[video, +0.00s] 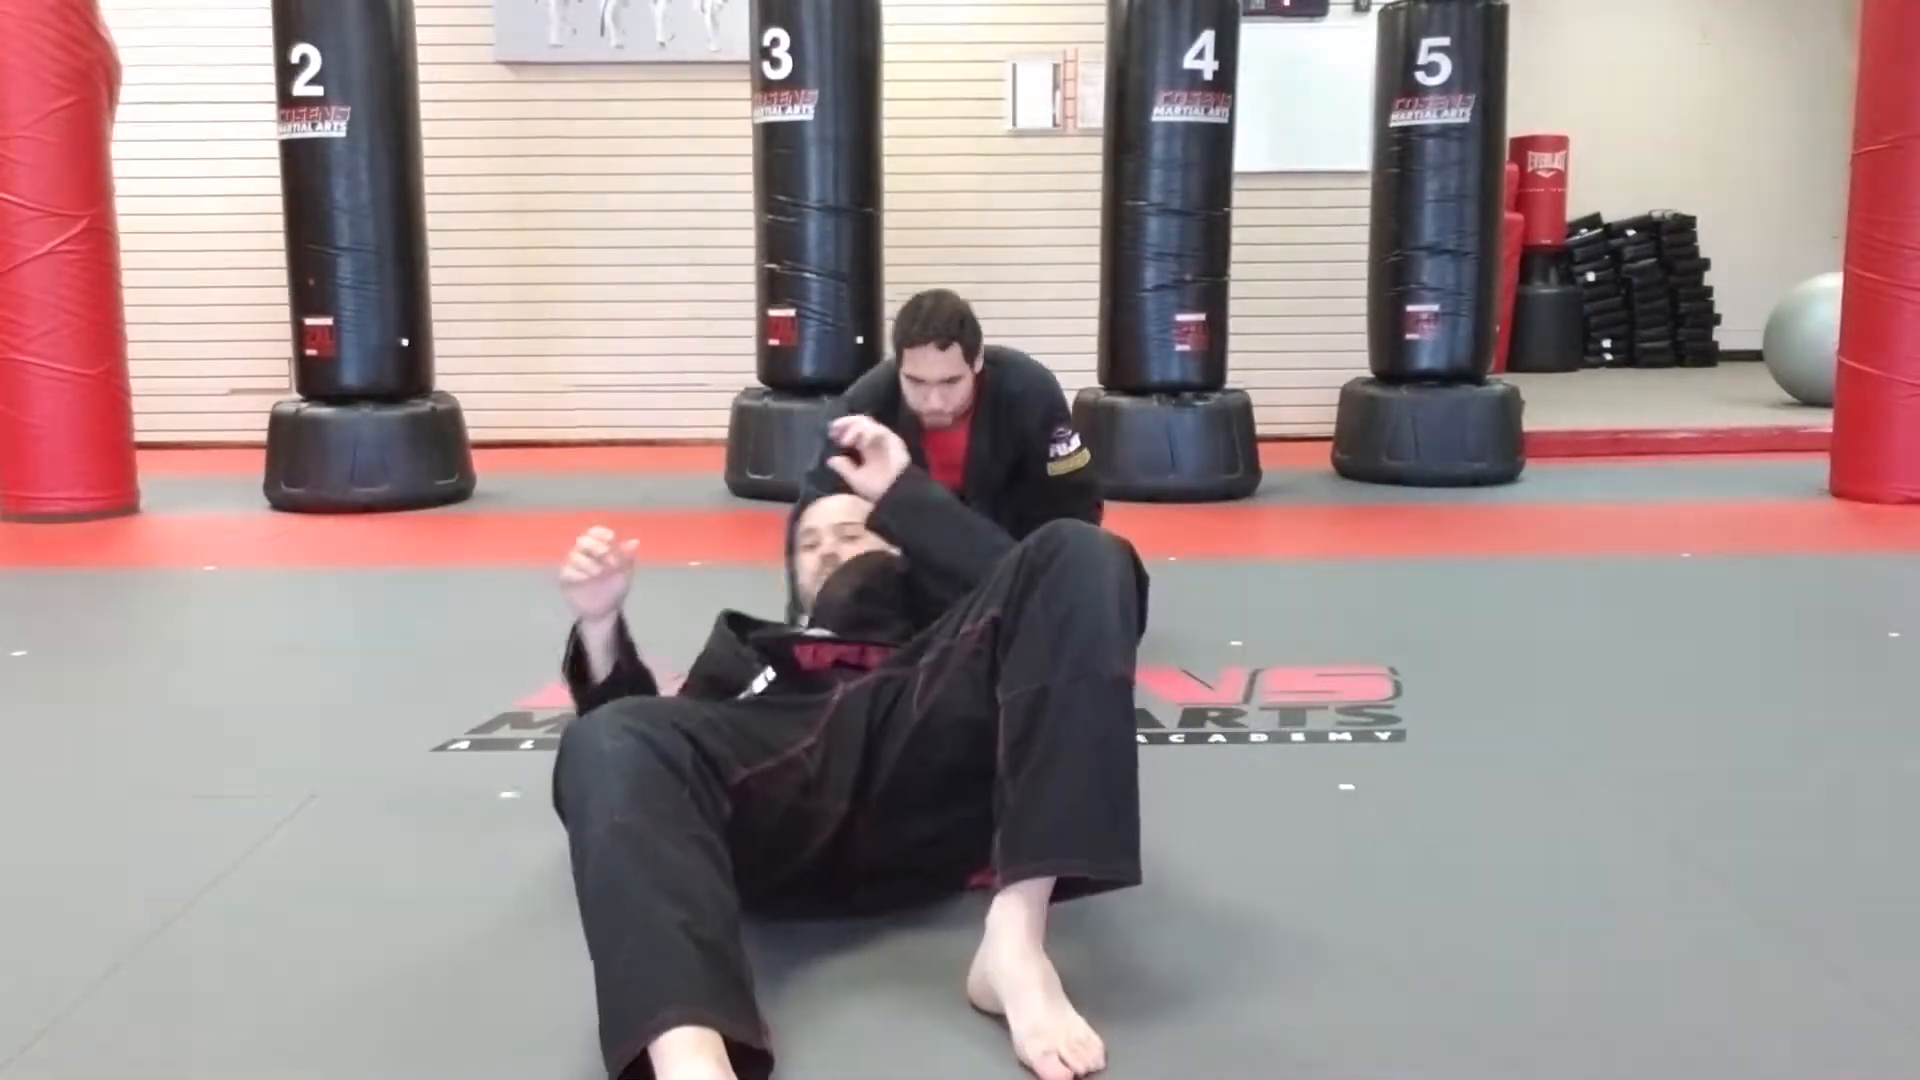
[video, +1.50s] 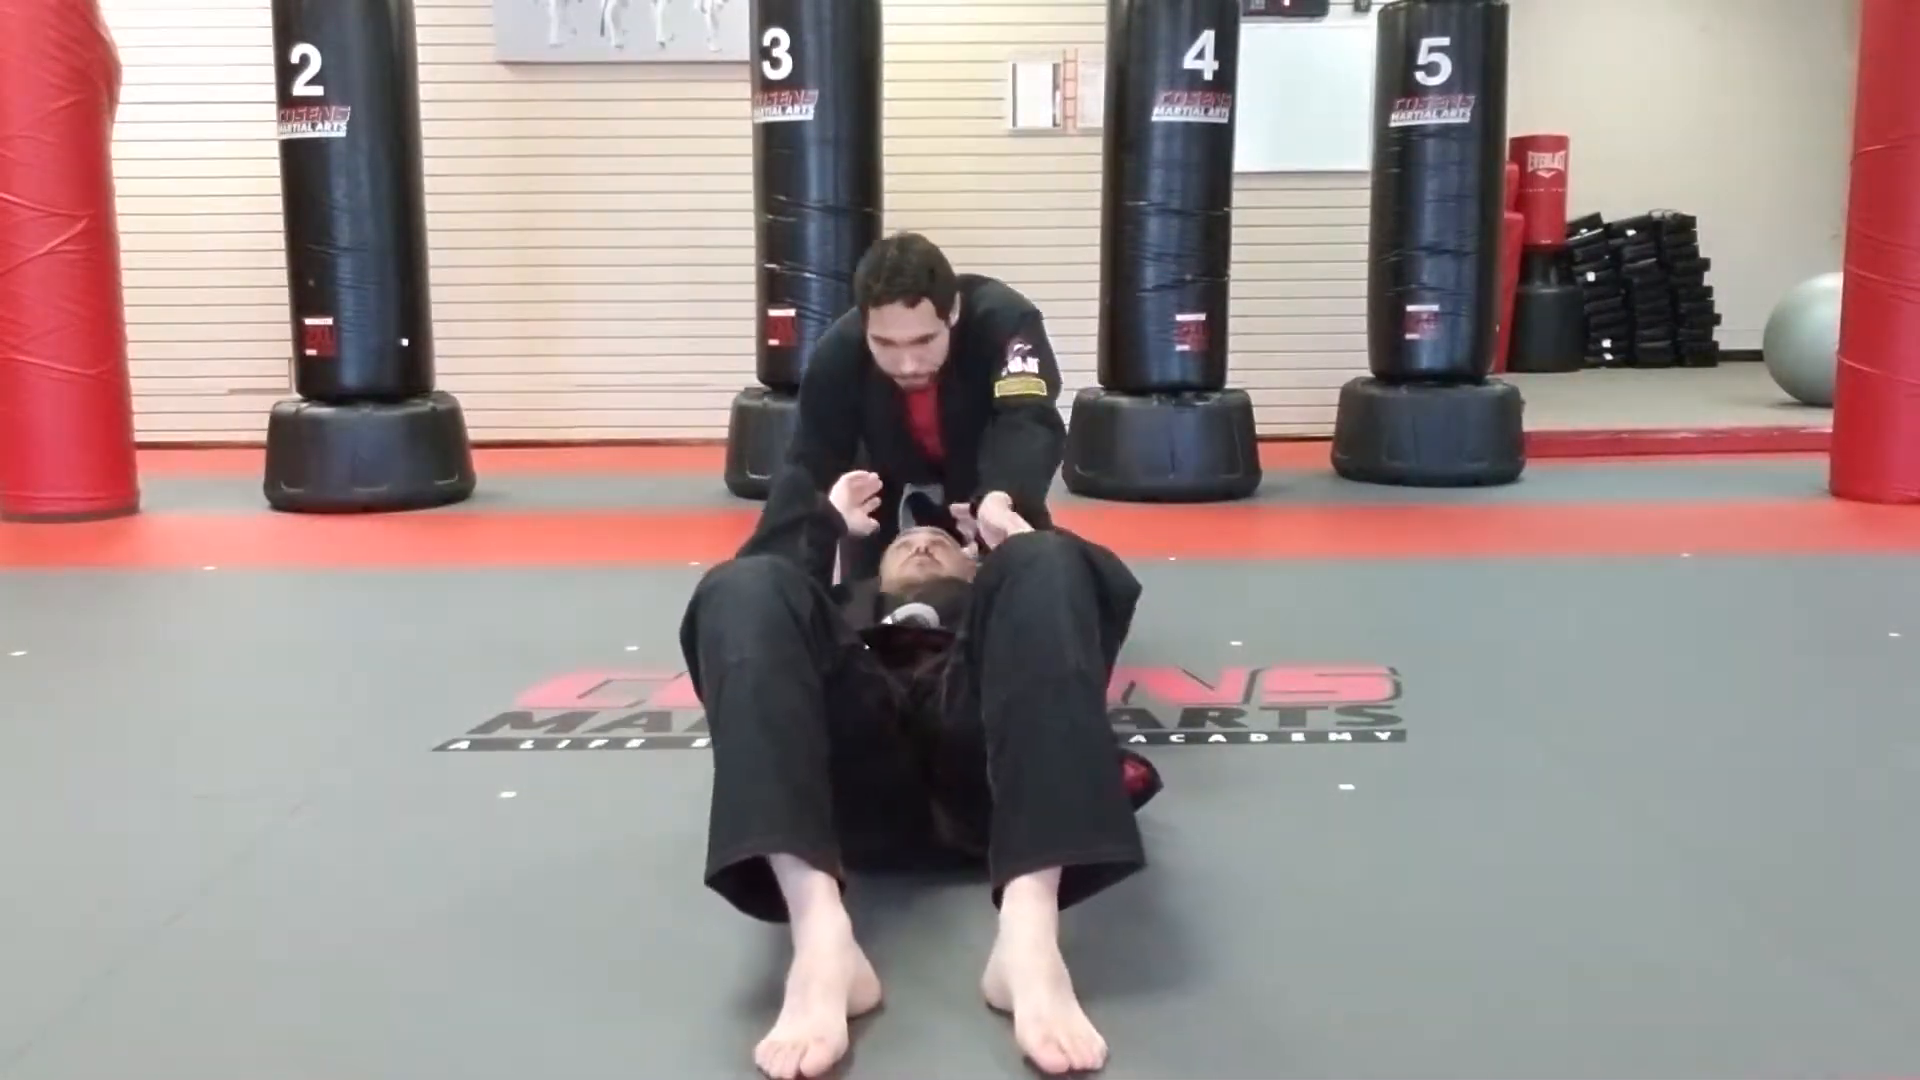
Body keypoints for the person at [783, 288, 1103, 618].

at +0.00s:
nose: (933, 402)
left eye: (950, 384)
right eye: (917, 383)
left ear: (977, 364)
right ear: (898, 366)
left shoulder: (1030, 394)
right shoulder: (864, 408)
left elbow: (1074, 509)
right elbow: (820, 516)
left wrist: (1042, 594)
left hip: (1002, 576)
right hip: (895, 579)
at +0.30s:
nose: (962, 302)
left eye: (978, 283)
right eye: (948, 284)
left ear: (1000, 281)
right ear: (931, 284)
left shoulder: (1046, 348)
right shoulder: (889, 352)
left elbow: (1078, 461)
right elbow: (862, 470)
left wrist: (1066, 553)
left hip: (1015, 539)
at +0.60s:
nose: (963, 301)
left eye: (979, 283)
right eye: (949, 283)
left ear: (1003, 281)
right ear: (933, 281)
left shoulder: (1049, 345)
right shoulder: (892, 346)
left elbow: (1079, 448)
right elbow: (848, 440)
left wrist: (1041, 532)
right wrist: (858, 492)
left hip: (1013, 506)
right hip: (915, 503)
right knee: (908, 583)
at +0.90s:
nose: (952, 377)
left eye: (968, 357)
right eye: (936, 356)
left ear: (993, 343)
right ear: (917, 340)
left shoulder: (1038, 382)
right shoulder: (879, 382)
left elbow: (1081, 498)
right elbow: (820, 484)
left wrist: (1042, 525)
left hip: (1008, 539)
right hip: (904, 534)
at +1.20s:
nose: (940, 388)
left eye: (956, 368)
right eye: (921, 367)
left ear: (980, 345)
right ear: (898, 347)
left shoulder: (1032, 364)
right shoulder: (865, 370)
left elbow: (1104, 474)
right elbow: (825, 497)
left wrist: (1059, 473)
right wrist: (874, 478)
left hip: (1011, 517)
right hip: (904, 513)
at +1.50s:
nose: (908, 365)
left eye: (924, 342)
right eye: (886, 345)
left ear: (952, 314)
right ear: (865, 323)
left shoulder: (1003, 321)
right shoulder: (838, 355)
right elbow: (808, 472)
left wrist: (999, 498)